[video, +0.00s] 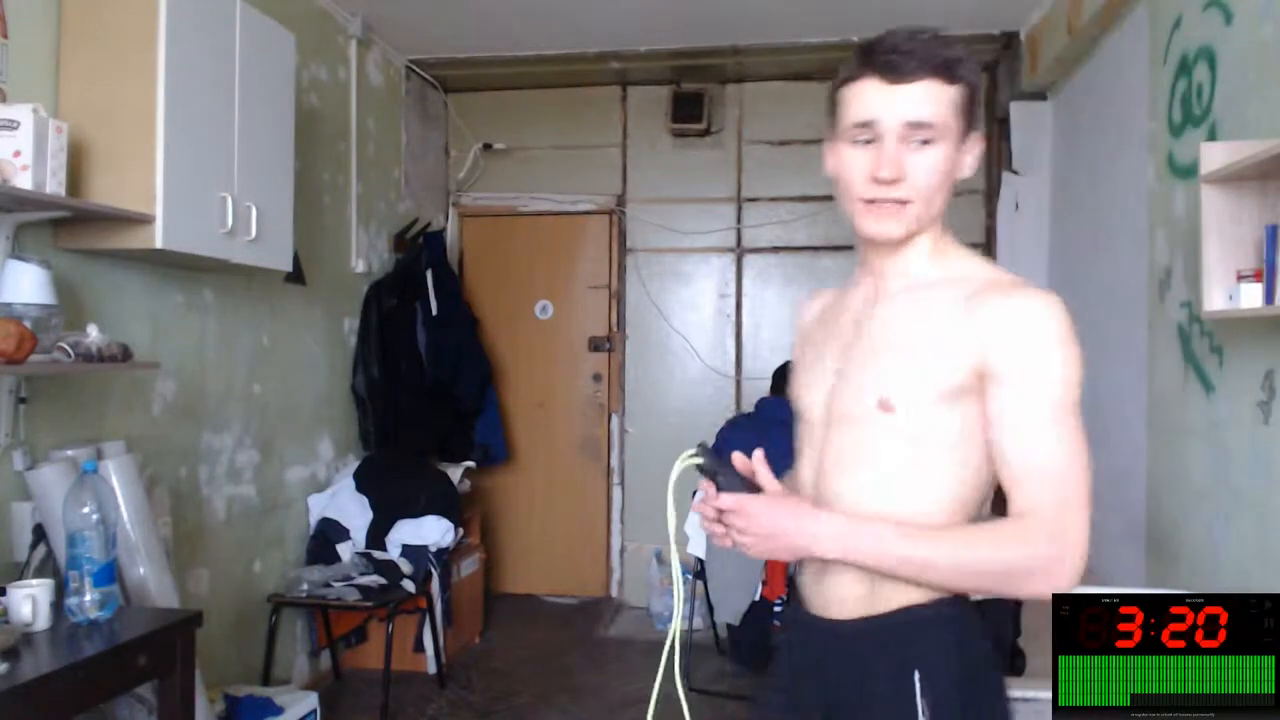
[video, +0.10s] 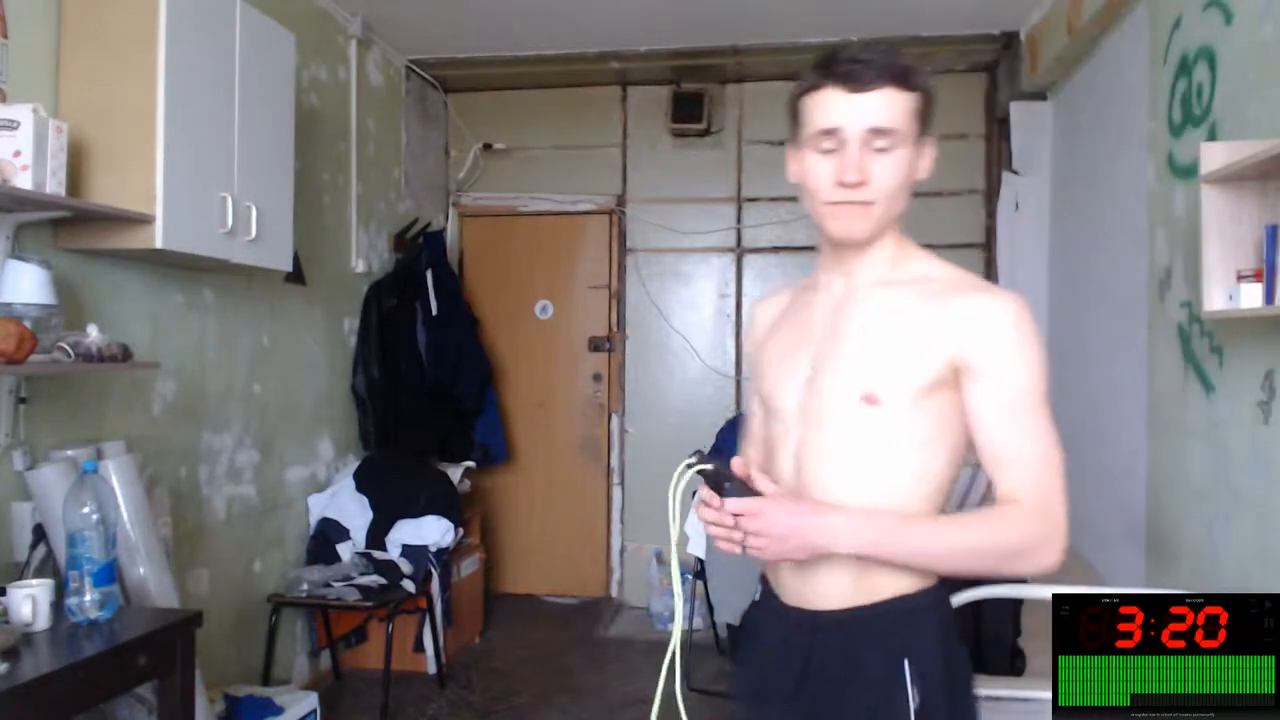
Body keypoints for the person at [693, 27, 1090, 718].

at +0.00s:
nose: (886, 167)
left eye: (921, 140)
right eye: (863, 138)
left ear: (967, 156)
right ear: (829, 156)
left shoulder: (1017, 319)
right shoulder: (817, 318)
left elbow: (1051, 555)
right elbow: (831, 490)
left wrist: (812, 532)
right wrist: (765, 508)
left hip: (923, 660)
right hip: (805, 650)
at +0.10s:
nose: (851, 171)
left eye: (880, 145)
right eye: (828, 145)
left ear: (922, 161)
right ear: (793, 165)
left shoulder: (982, 318)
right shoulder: (767, 319)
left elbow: (1038, 536)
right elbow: (757, 465)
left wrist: (823, 529)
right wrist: (736, 500)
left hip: (895, 653)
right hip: (773, 642)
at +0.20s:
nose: (813, 171)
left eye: (840, 144)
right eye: (788, 148)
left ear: (878, 163)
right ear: (755, 173)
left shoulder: (952, 313)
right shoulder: (731, 321)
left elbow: (1014, 515)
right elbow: (714, 469)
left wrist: (833, 519)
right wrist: (706, 502)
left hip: (883, 642)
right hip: (761, 637)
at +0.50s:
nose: (751, 172)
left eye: (773, 148)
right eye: (725, 154)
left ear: (805, 169)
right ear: (696, 184)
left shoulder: (894, 300)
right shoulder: (676, 339)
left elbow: (971, 481)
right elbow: (678, 513)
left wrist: (910, 451)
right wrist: (611, 468)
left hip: (873, 614)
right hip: (747, 619)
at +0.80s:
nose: (739, 170)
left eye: (758, 148)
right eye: (712, 156)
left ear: (790, 169)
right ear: (682, 190)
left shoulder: (883, 300)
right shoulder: (665, 337)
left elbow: (947, 486)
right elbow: (657, 509)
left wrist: (988, 365)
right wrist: (549, 406)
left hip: (870, 610)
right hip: (745, 620)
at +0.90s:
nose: (742, 172)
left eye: (762, 148)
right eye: (716, 157)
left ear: (795, 168)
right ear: (686, 189)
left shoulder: (888, 300)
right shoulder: (670, 339)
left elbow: (953, 490)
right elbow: (658, 515)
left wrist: (994, 367)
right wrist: (551, 408)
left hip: (877, 618)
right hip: (749, 626)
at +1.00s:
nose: (750, 171)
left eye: (770, 147)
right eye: (723, 155)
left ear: (804, 166)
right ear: (694, 190)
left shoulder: (901, 301)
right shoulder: (683, 339)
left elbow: (965, 498)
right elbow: (666, 519)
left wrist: (1008, 364)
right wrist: (557, 410)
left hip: (880, 630)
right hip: (750, 633)